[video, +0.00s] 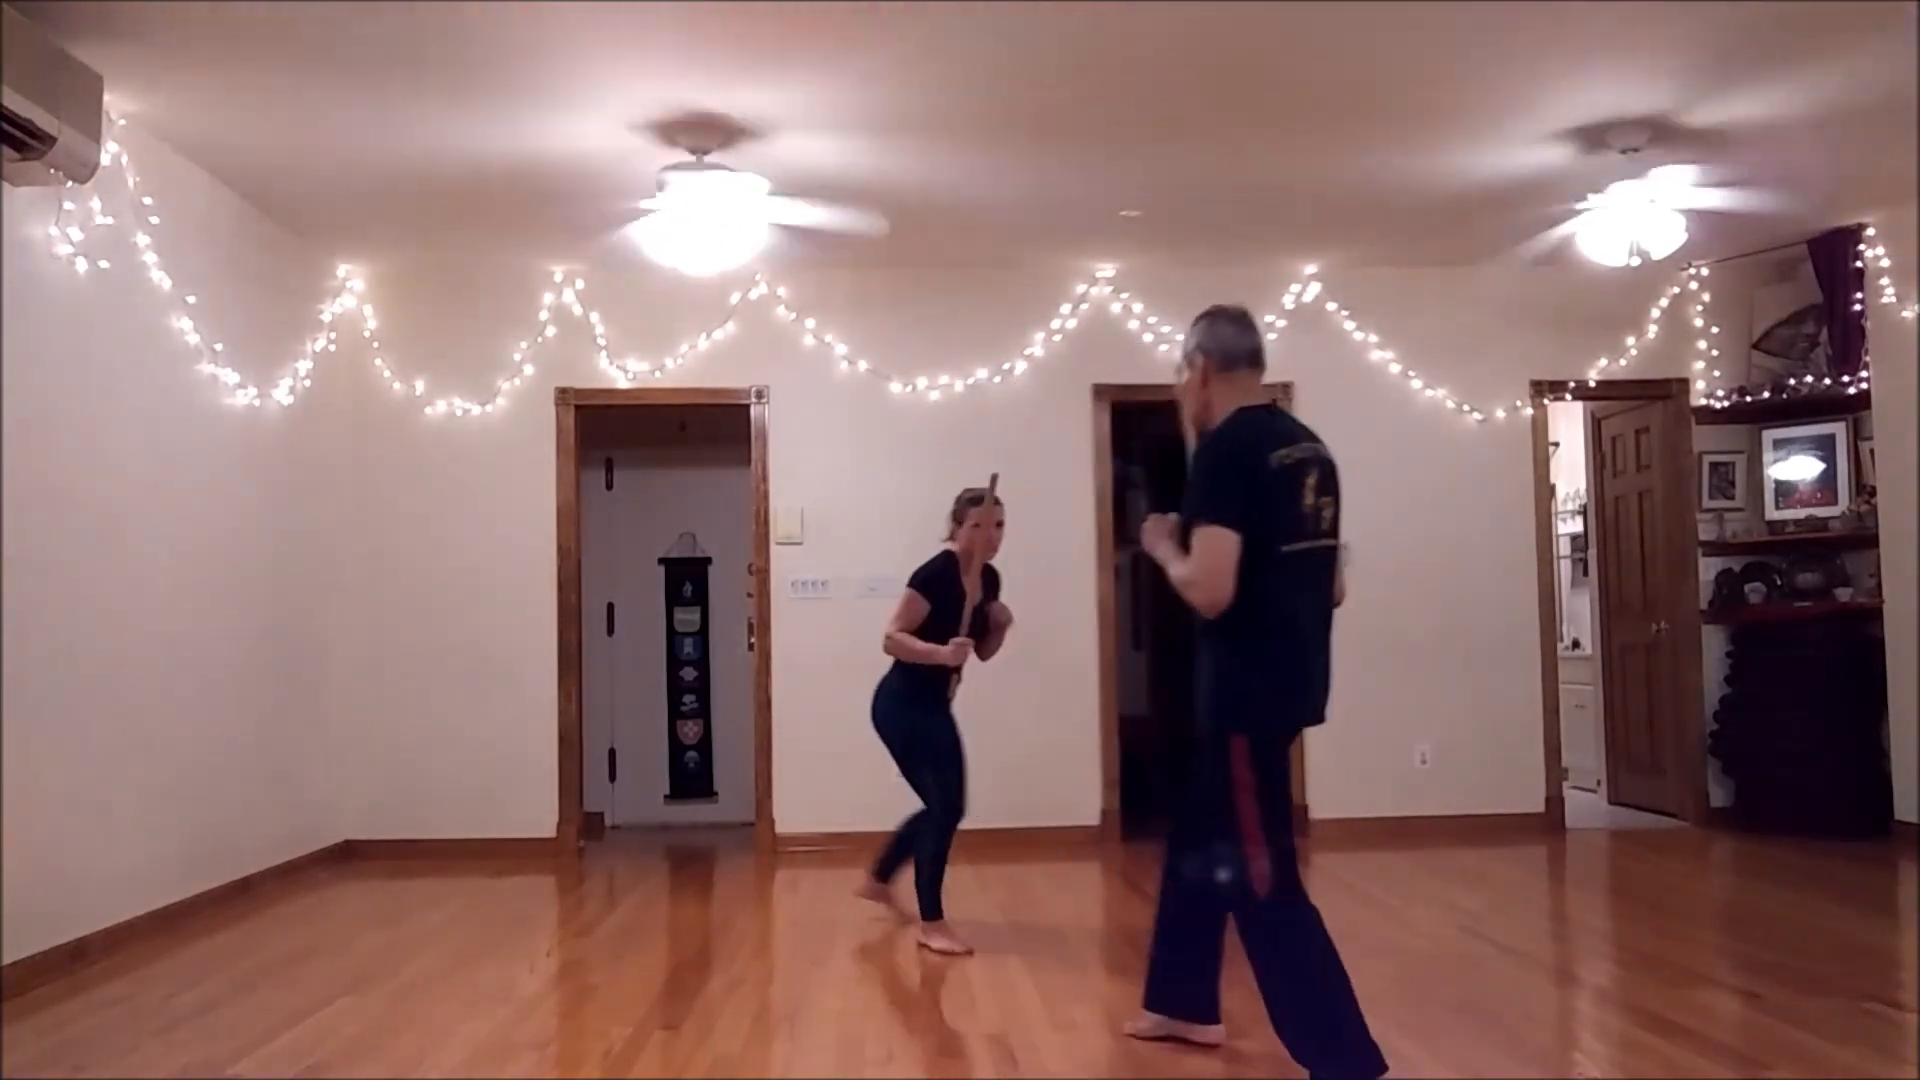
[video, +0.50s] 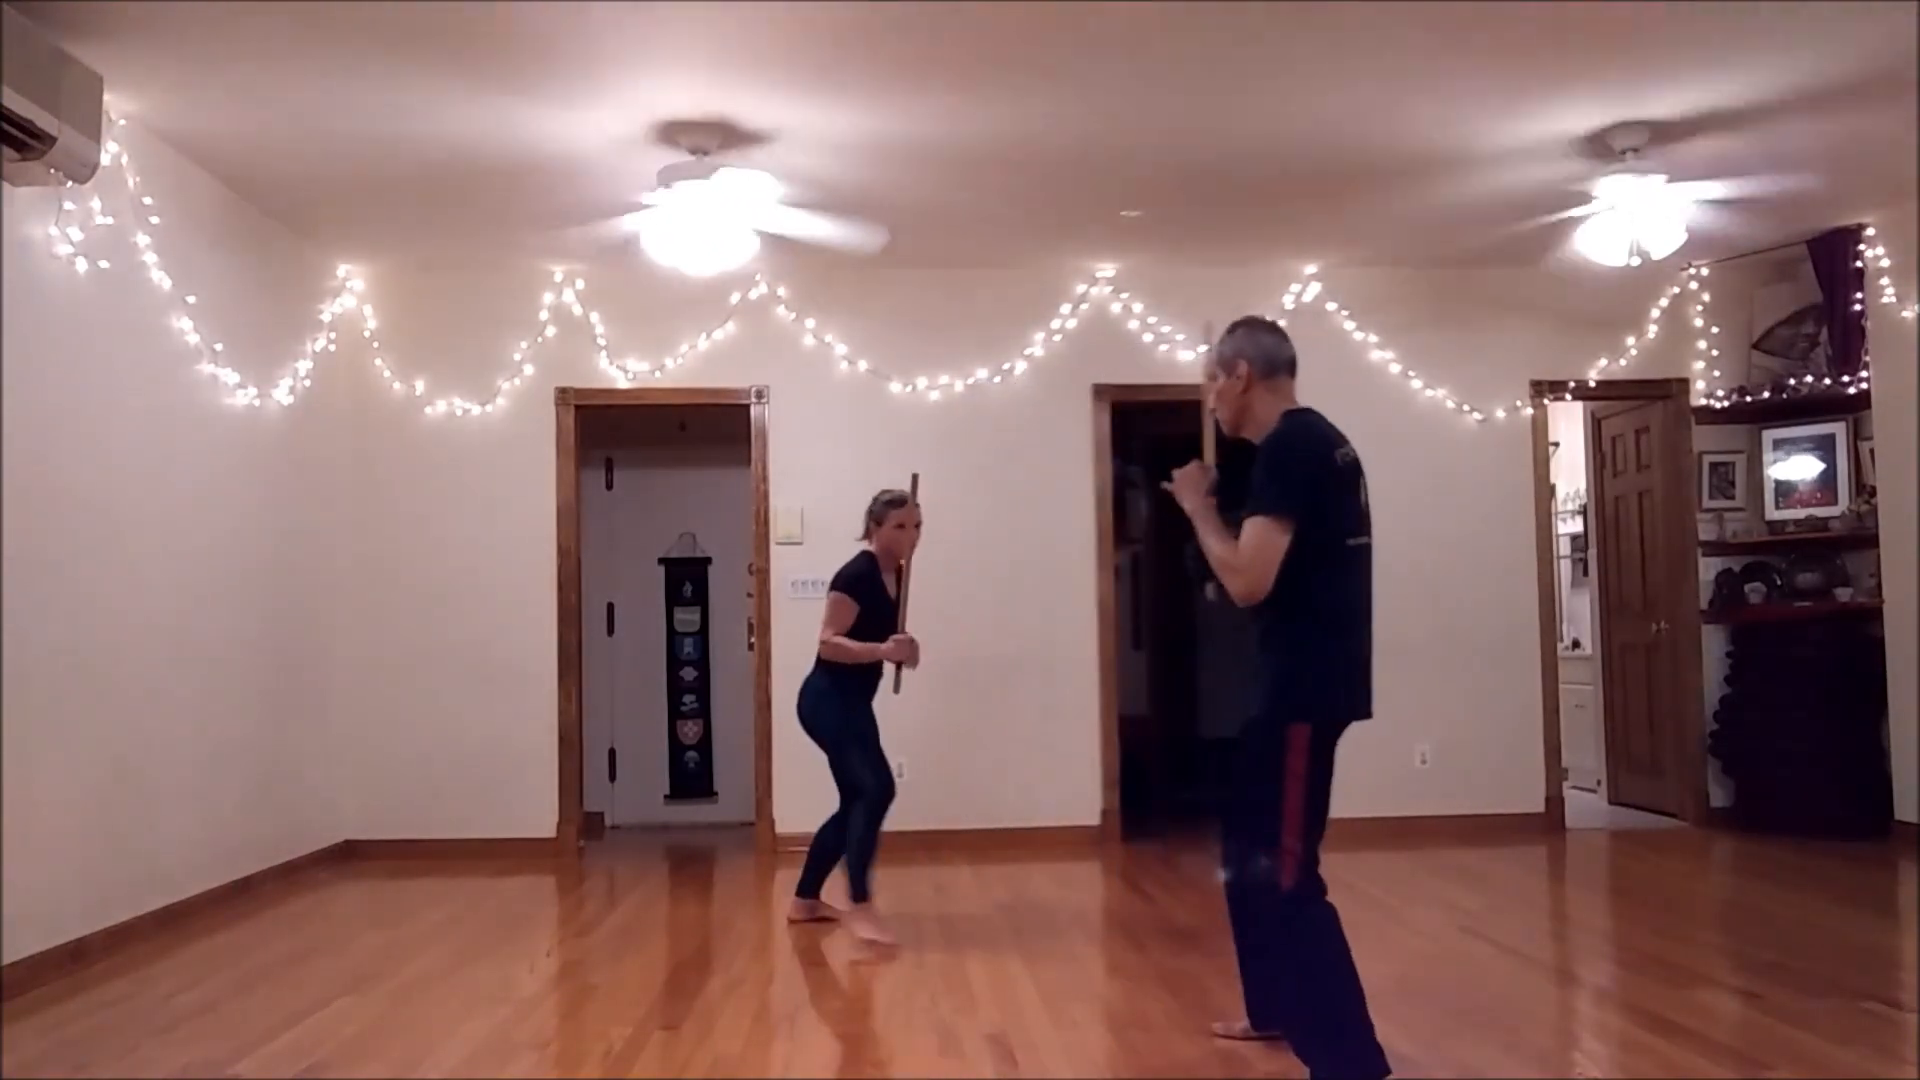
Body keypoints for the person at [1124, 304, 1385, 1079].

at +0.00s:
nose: (1178, 390)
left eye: (1180, 375)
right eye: (1180, 375)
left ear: (1199, 370)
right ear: (1257, 368)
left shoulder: (1227, 450)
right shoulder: (1305, 443)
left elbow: (1210, 590)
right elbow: (1333, 586)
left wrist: (1165, 549)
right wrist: (1239, 557)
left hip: (1238, 688)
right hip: (1285, 682)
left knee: (1263, 877)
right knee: (1199, 839)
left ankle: (1350, 1063)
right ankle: (1185, 1005)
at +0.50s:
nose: (1210, 401)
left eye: (1212, 385)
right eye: (1209, 387)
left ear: (1239, 376)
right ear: (1274, 374)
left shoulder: (1293, 445)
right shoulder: (1313, 441)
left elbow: (1246, 580)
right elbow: (1280, 572)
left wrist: (1198, 506)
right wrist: (1218, 509)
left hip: (1305, 691)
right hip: (1299, 685)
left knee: (1284, 874)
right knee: (1252, 855)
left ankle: (1352, 1063)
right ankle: (1279, 1014)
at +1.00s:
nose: (1223, 414)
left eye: (1227, 398)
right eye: (1223, 399)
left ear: (1257, 390)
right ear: (1277, 389)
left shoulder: (1320, 450)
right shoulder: (1299, 461)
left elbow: (1312, 574)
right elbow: (1309, 576)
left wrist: (1231, 537)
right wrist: (1234, 556)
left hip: (1350, 690)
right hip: (1307, 690)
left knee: (1367, 854)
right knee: (1262, 847)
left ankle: (1468, 1033)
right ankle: (1284, 1009)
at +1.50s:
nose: (1270, 406)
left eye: (1276, 390)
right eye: (1270, 392)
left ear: (1314, 386)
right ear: (1320, 387)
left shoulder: (1375, 454)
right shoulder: (1341, 468)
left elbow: (1362, 578)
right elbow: (1358, 591)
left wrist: (1279, 529)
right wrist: (1284, 602)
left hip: (1397, 696)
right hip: (1346, 693)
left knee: (1424, 862)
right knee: (1286, 837)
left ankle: (1505, 1042)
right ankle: (1293, 1007)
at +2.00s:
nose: (1250, 422)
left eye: (1255, 405)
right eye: (1249, 406)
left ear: (1292, 396)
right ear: (1298, 397)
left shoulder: (1352, 458)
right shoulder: (1323, 473)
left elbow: (1335, 582)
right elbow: (1333, 592)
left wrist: (1259, 532)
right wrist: (1270, 604)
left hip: (1386, 697)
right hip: (1338, 696)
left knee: (1420, 862)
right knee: (1277, 843)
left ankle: (1503, 1041)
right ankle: (1290, 1008)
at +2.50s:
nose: (1325, 439)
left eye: (1333, 424)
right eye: (1329, 424)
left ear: (1364, 430)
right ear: (1383, 431)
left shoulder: (1394, 511)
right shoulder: (1410, 499)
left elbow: (1358, 646)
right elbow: (1391, 625)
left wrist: (1311, 563)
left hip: (1382, 726)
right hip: (1351, 715)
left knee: (1416, 895)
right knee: (1238, 823)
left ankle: (1568, 1034)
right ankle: (1265, 977)